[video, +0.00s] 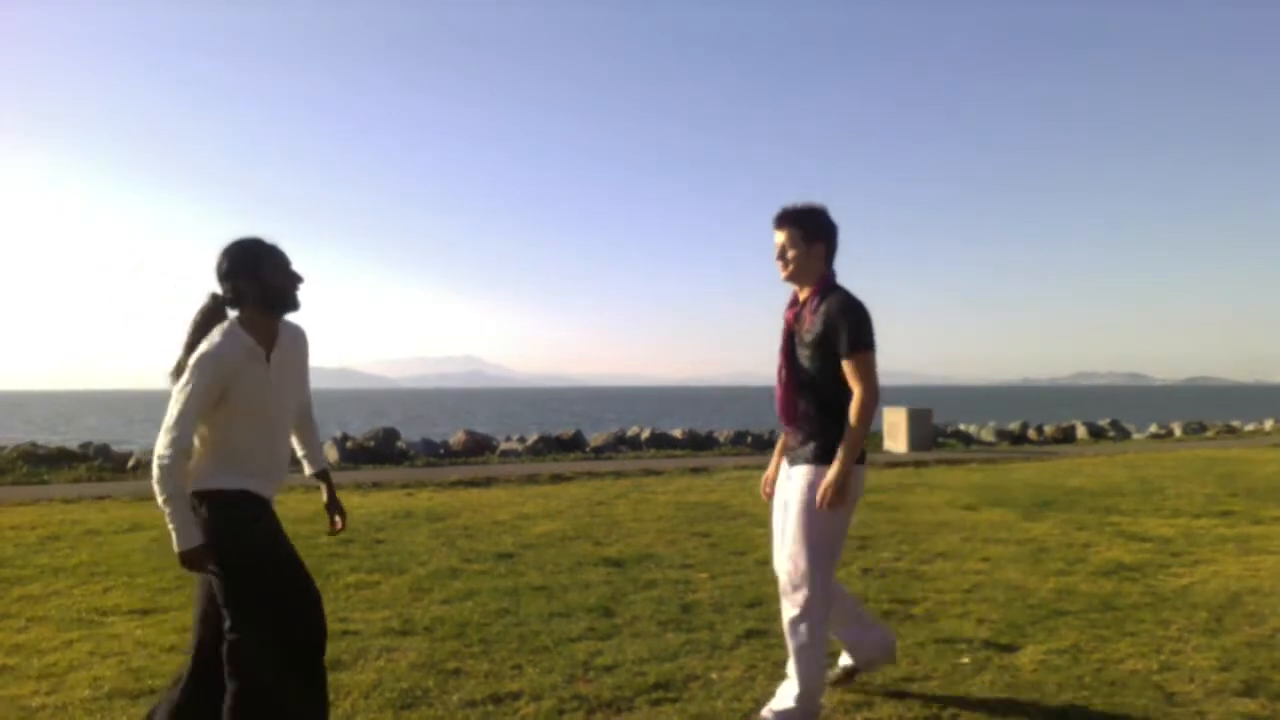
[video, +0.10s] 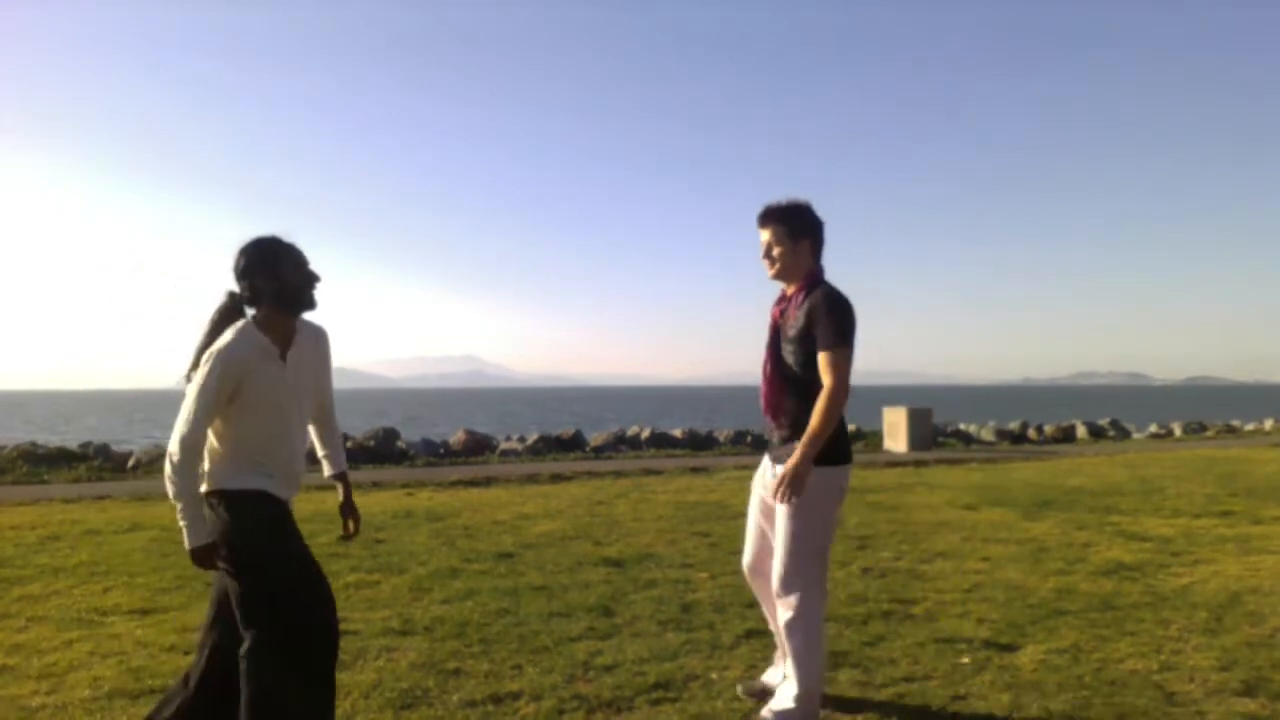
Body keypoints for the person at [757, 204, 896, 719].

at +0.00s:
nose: (780, 258)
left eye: (788, 249)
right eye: (777, 250)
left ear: (821, 249)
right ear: (783, 253)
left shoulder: (843, 309)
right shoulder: (796, 309)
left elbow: (866, 391)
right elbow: (802, 397)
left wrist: (843, 466)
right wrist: (777, 458)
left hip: (824, 461)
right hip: (793, 459)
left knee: (803, 579)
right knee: (790, 570)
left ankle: (800, 697)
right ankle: (868, 641)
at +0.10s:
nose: (766, 255)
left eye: (775, 246)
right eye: (763, 247)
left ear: (807, 246)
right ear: (771, 251)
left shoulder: (827, 304)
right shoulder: (785, 305)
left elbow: (835, 389)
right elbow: (792, 382)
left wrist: (803, 458)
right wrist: (779, 446)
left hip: (812, 462)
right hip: (776, 456)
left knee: (796, 582)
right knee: (758, 565)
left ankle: (800, 699)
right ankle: (790, 664)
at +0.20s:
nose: (755, 257)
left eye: (763, 247)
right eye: (752, 249)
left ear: (797, 246)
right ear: (758, 251)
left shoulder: (814, 304)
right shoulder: (776, 305)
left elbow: (811, 383)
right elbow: (783, 383)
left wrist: (765, 448)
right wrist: (768, 445)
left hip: (802, 461)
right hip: (768, 457)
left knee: (788, 585)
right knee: (727, 567)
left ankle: (802, 699)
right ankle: (721, 686)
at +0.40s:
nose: (733, 256)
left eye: (742, 247)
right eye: (730, 248)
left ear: (775, 246)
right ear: (737, 251)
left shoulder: (793, 304)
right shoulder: (753, 305)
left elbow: (780, 381)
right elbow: (755, 385)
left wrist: (720, 439)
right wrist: (733, 442)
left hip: (781, 468)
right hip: (736, 461)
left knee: (779, 591)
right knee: (684, 574)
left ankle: (798, 702)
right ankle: (635, 691)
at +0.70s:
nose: (682, 255)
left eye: (691, 245)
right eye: (680, 247)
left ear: (725, 248)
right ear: (686, 252)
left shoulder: (751, 308)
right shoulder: (698, 314)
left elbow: (754, 397)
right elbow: (702, 402)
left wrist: (730, 475)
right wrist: (655, 409)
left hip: (746, 478)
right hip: (693, 477)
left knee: (761, 599)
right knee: (673, 603)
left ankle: (786, 704)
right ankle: (659, 710)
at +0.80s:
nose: (658, 251)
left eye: (668, 241)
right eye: (656, 243)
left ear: (703, 242)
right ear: (662, 248)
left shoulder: (734, 303)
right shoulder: (674, 314)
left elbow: (754, 388)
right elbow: (657, 397)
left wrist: (745, 476)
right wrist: (618, 368)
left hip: (728, 482)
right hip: (672, 483)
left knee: (751, 602)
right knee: (658, 607)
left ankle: (779, 702)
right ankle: (653, 714)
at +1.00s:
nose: (617, 234)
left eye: (626, 223)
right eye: (614, 225)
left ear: (661, 223)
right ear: (623, 231)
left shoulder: (700, 285)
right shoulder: (631, 301)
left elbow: (740, 369)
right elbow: (585, 360)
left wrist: (756, 453)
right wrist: (578, 299)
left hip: (708, 466)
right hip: (645, 470)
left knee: (734, 588)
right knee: (636, 600)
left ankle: (759, 701)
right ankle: (645, 713)